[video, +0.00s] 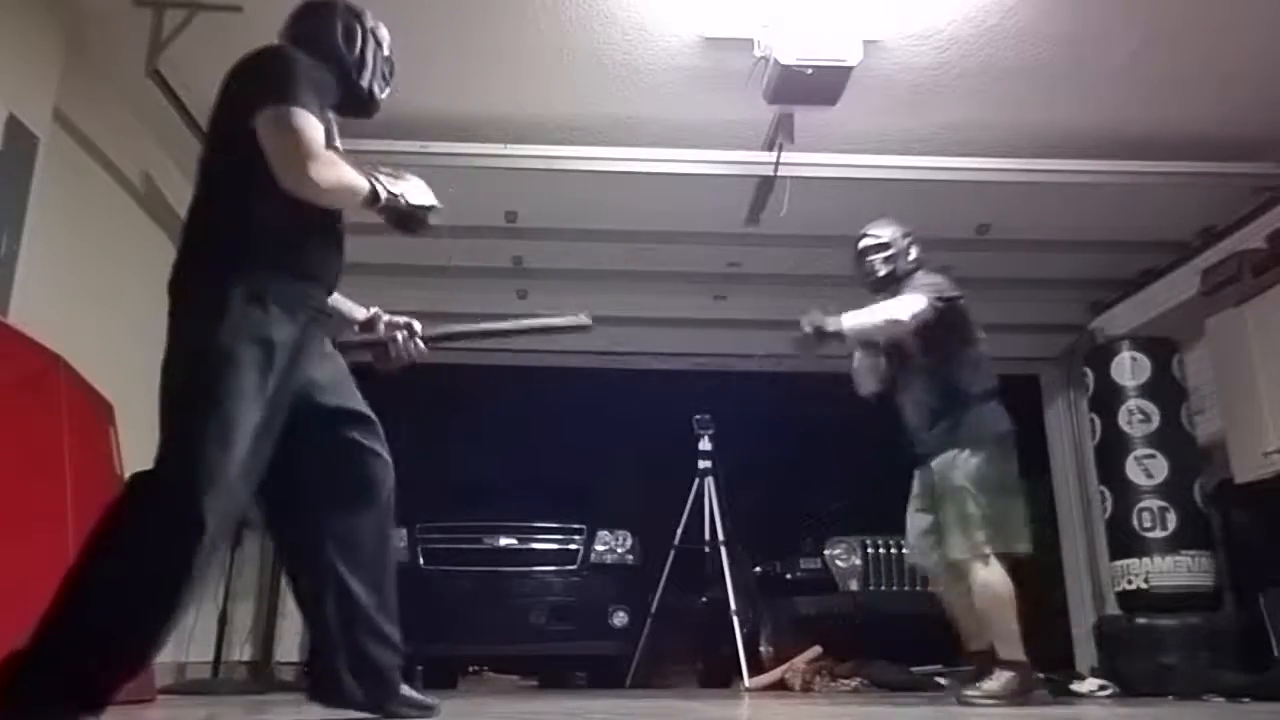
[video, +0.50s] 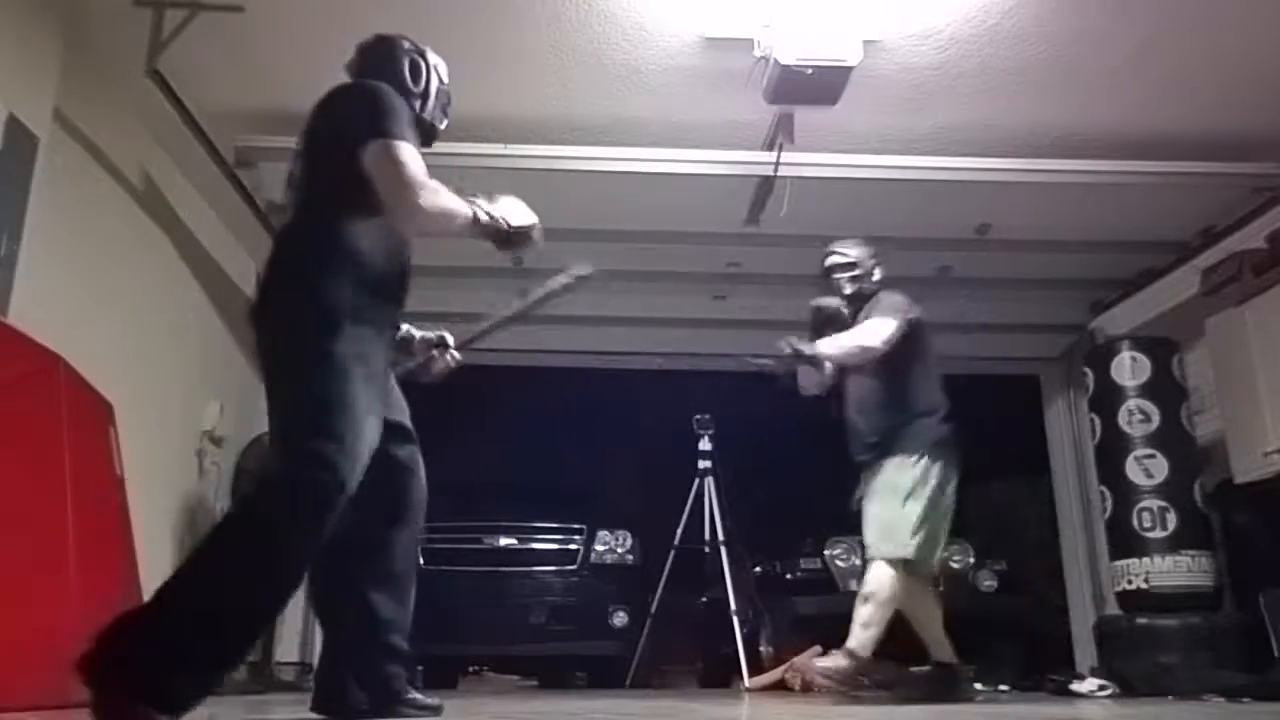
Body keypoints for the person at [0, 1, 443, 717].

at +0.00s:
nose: (370, 85)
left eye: (374, 73)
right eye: (369, 67)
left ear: (322, 40)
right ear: (347, 43)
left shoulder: (307, 113)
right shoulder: (282, 68)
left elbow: (285, 264)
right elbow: (303, 165)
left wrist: (366, 322)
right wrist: (382, 191)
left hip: (299, 325)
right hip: (240, 306)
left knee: (353, 476)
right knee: (194, 496)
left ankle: (361, 677)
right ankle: (47, 691)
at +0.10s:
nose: (391, 69)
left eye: (392, 55)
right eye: (385, 50)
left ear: (336, 43)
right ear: (351, 37)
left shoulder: (326, 127)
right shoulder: (283, 71)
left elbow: (300, 271)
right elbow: (302, 180)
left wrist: (372, 317)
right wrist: (383, 194)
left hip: (315, 326)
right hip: (251, 311)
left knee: (363, 478)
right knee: (197, 495)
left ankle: (358, 673)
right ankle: (47, 691)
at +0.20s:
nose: (404, 81)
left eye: (406, 68)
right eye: (399, 64)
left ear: (347, 52)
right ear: (368, 50)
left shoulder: (341, 135)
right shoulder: (304, 84)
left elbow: (318, 285)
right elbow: (311, 186)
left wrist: (403, 321)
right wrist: (411, 215)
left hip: (325, 340)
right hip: (268, 325)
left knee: (370, 487)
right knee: (208, 493)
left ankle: (365, 678)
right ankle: (47, 691)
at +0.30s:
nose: (417, 99)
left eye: (420, 86)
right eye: (414, 83)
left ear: (367, 66)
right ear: (389, 66)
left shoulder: (356, 138)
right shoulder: (332, 95)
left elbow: (335, 276)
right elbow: (333, 190)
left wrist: (410, 322)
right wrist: (438, 220)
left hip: (349, 342)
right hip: (297, 329)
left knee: (376, 493)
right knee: (245, 496)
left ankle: (365, 685)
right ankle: (54, 680)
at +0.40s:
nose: (429, 112)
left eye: (432, 99)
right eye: (428, 94)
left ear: (380, 72)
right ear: (408, 75)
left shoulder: (373, 145)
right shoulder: (354, 97)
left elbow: (344, 292)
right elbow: (377, 194)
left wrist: (410, 342)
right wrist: (465, 210)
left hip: (356, 340)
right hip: (316, 323)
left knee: (387, 489)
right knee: (301, 480)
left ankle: (369, 683)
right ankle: (109, 667)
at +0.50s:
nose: (442, 106)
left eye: (442, 94)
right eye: (437, 89)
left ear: (384, 71)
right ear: (415, 74)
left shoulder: (373, 137)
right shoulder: (370, 97)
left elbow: (346, 285)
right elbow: (412, 199)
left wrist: (403, 346)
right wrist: (489, 215)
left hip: (355, 335)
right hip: (321, 314)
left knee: (394, 481)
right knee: (321, 476)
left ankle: (368, 682)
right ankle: (136, 674)